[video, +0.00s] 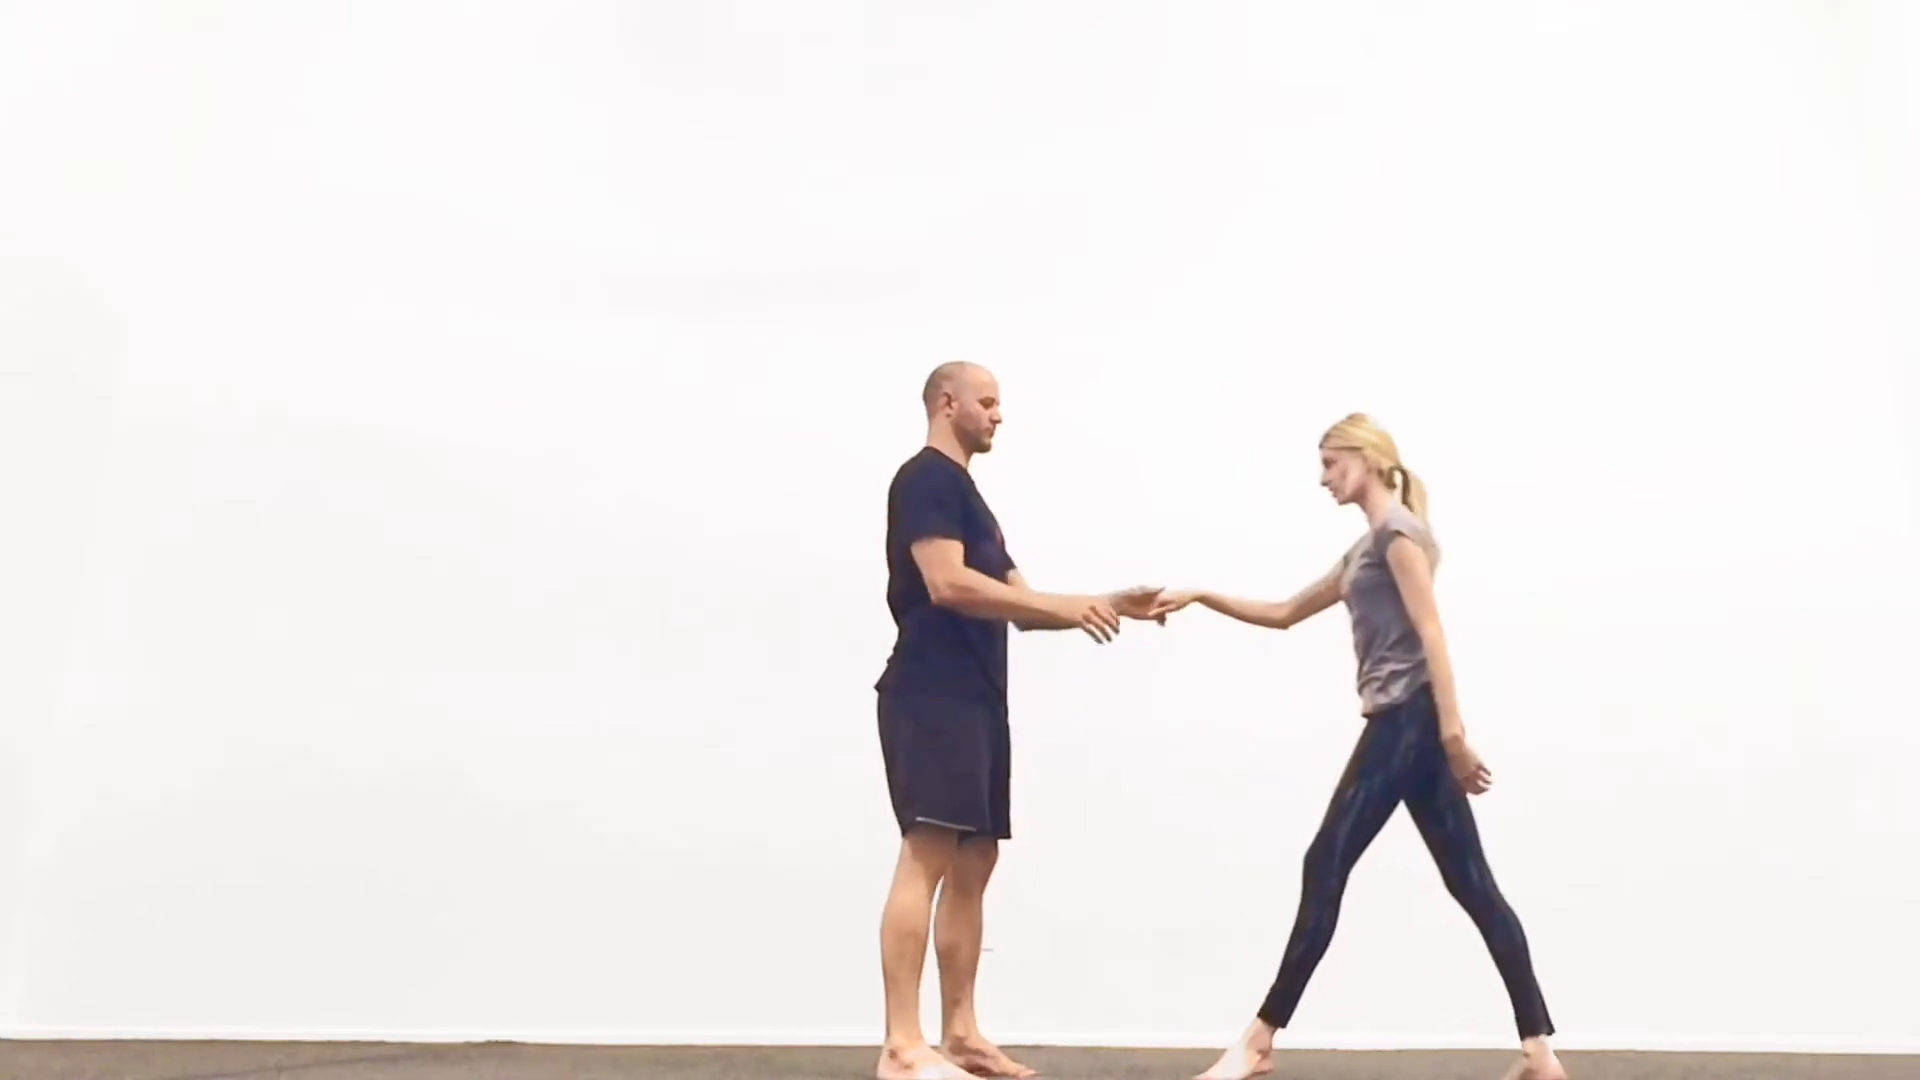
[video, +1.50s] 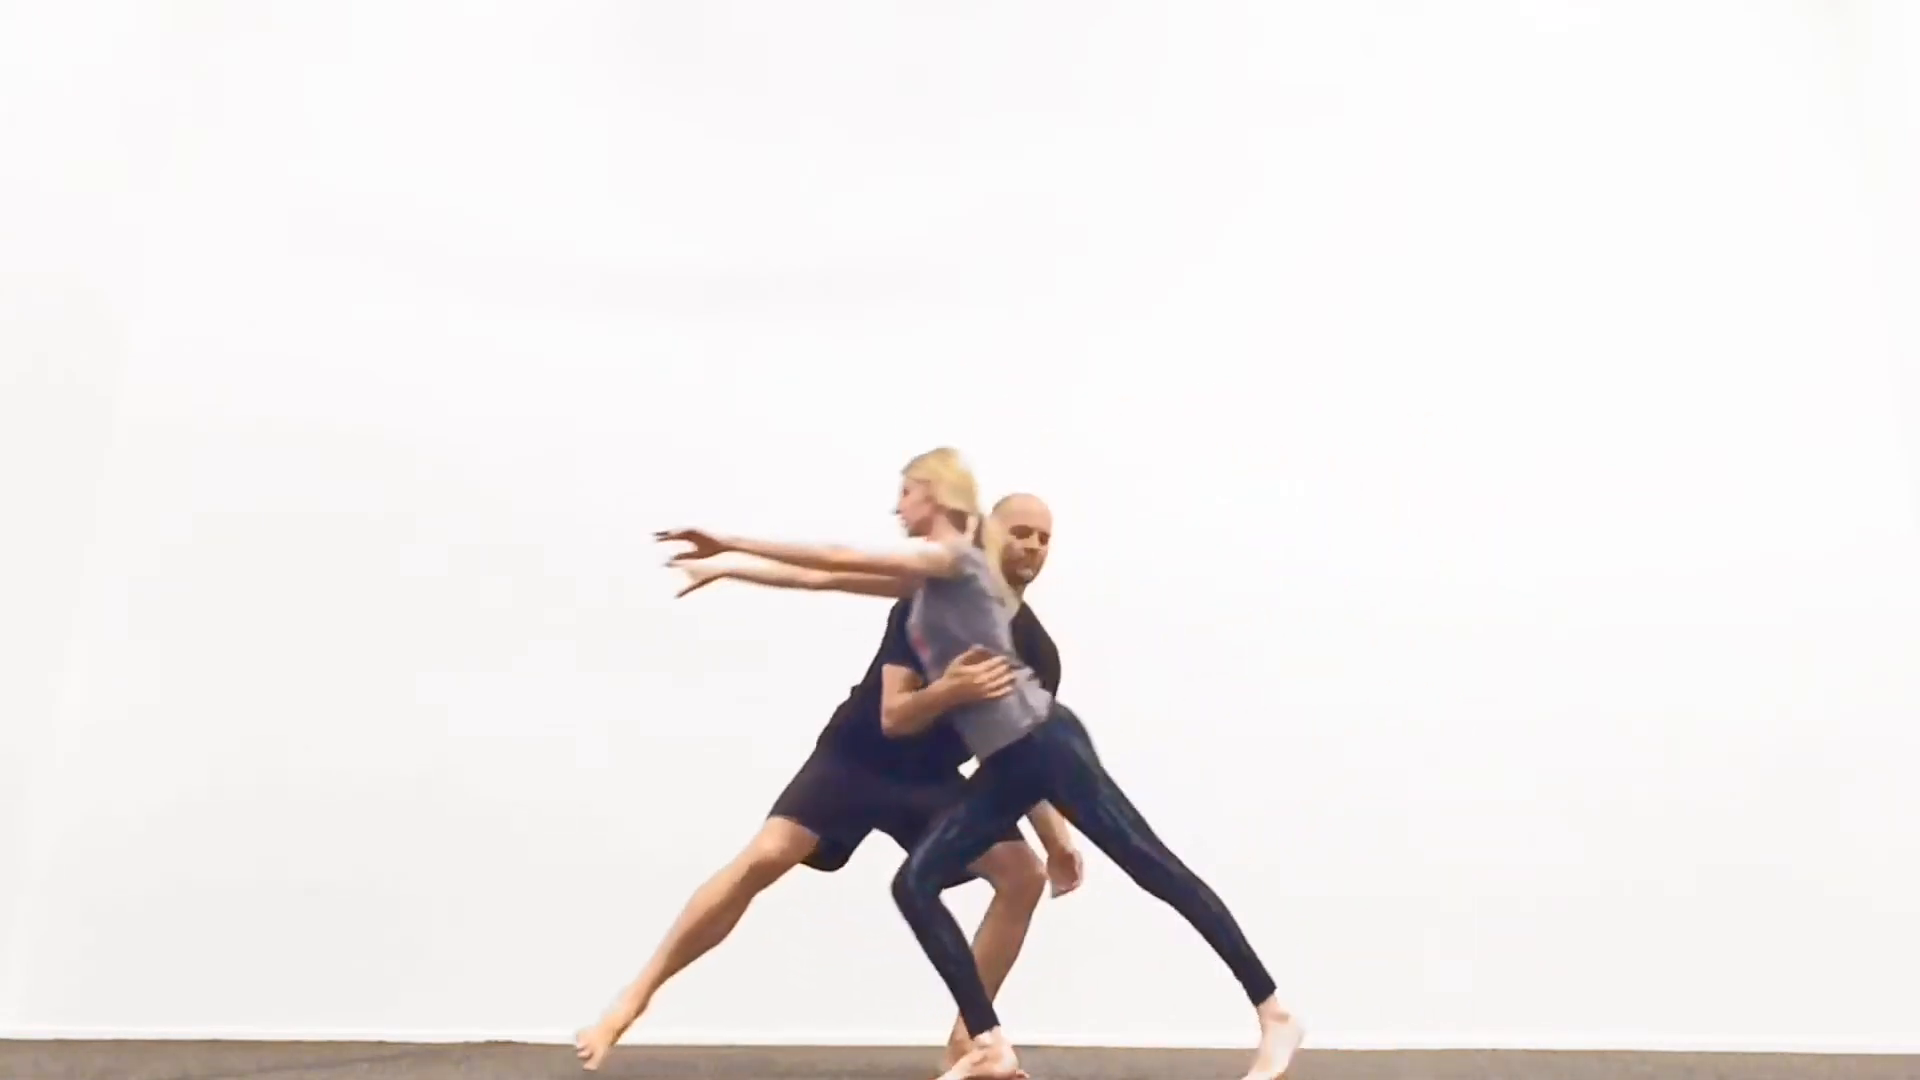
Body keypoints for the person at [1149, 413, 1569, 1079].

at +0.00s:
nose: (1325, 476)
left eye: (1333, 462)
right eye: (1323, 465)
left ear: (1370, 462)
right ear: (1357, 469)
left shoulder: (1397, 535)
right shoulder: (1366, 547)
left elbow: (1431, 632)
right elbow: (1284, 613)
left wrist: (1453, 733)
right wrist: (1196, 593)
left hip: (1402, 719)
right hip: (1414, 720)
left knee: (1326, 863)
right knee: (1475, 886)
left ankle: (1260, 1037)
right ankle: (1539, 1048)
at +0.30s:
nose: (1390, 478)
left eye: (1397, 464)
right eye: (1389, 467)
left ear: (1434, 463)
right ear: (1427, 468)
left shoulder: (1458, 530)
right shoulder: (1423, 545)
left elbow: (1473, 629)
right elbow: (1320, 570)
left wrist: (1468, 734)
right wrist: (1228, 555)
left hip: (1431, 721)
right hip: (1441, 719)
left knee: (1361, 869)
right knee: (1503, 887)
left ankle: (1279, 1029)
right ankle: (1544, 1048)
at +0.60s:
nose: (1356, 467)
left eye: (1364, 454)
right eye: (1356, 456)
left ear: (1402, 455)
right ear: (1395, 459)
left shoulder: (1422, 524)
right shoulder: (1379, 536)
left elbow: (1436, 620)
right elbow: (1286, 573)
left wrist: (1422, 713)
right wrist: (1199, 552)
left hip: (1390, 715)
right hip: (1386, 714)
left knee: (1330, 869)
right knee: (1449, 880)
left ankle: (1279, 1050)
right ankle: (1533, 1037)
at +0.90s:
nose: (1240, 451)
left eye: (1247, 438)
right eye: (1240, 440)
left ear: (1282, 440)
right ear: (1272, 446)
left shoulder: (1305, 505)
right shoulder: (1259, 519)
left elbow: (1284, 555)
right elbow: (1171, 550)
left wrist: (1199, 604)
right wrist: (1105, 521)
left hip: (1290, 705)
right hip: (1252, 706)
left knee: (1288, 873)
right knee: (1172, 846)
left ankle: (1279, 1054)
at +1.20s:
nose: (1091, 458)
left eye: (1100, 445)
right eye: (1092, 446)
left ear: (1132, 445)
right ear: (1131, 448)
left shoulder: (1155, 499)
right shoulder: (1117, 513)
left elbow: (1054, 500)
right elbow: (1032, 513)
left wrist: (950, 482)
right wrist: (949, 492)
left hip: (1179, 712)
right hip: (1134, 718)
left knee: (1226, 876)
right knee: (1046, 846)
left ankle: (1274, 1047)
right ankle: (992, 1009)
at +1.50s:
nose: (900, 510)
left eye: (910, 498)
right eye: (901, 498)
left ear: (943, 504)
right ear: (930, 509)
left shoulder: (961, 557)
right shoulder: (922, 576)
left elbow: (834, 560)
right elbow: (818, 579)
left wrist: (730, 541)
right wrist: (725, 571)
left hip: (1047, 741)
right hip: (1001, 767)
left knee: (1153, 866)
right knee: (913, 886)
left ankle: (1272, 1011)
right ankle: (989, 1042)